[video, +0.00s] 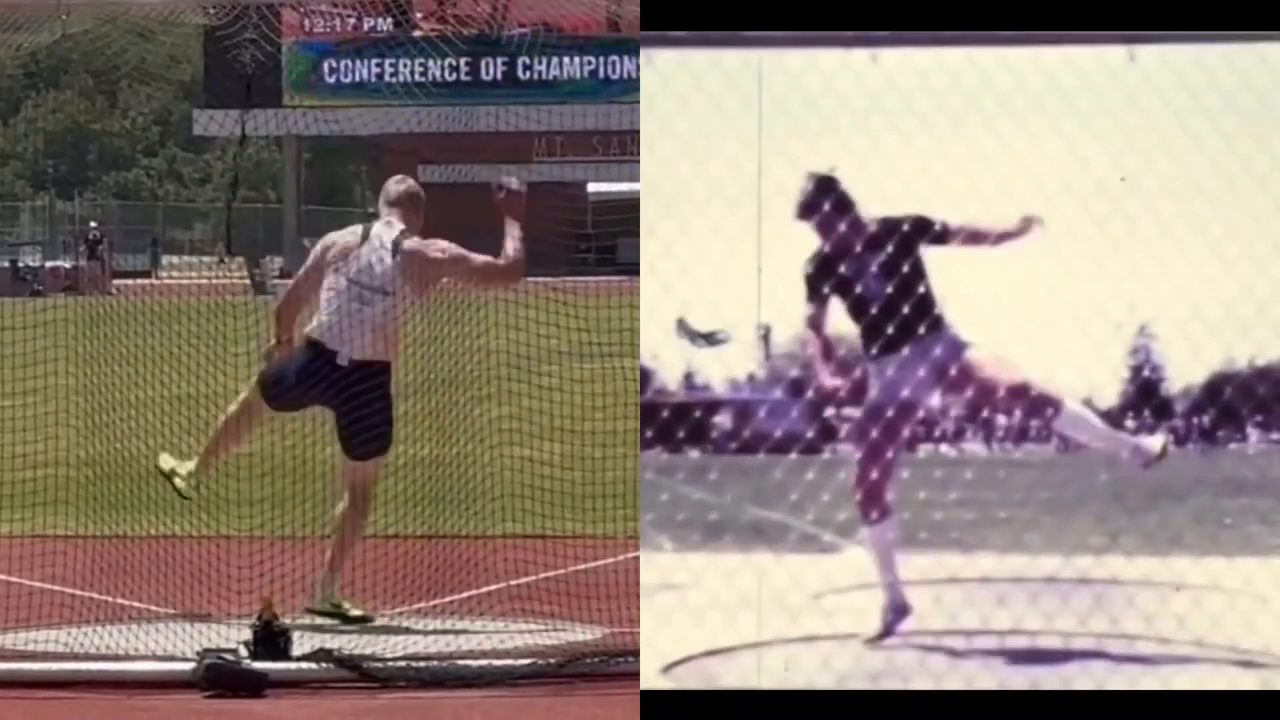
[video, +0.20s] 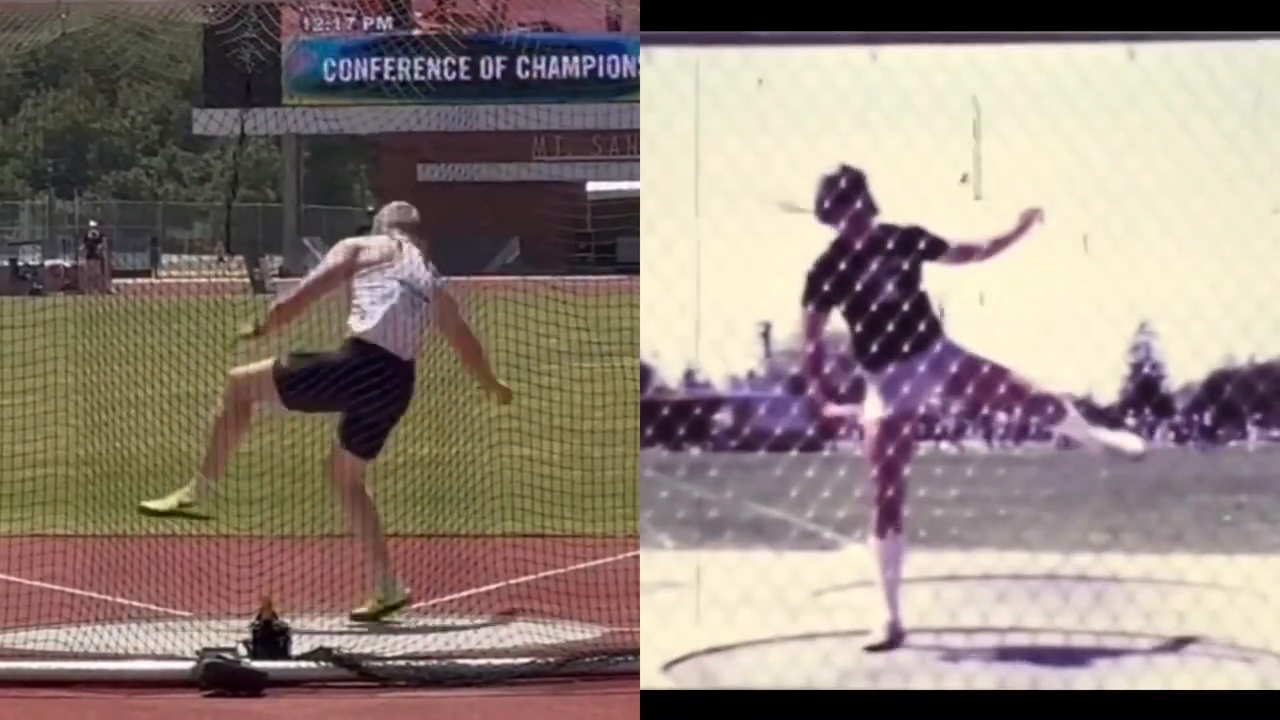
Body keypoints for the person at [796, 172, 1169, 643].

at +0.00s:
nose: (824, 233)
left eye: (828, 221)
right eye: (817, 227)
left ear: (846, 210)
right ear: (815, 227)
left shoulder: (898, 232)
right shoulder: (822, 267)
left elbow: (961, 236)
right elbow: (816, 326)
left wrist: (1011, 233)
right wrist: (826, 374)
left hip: (941, 353)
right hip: (890, 375)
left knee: (1023, 394)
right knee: (869, 481)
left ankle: (1129, 449)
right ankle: (893, 598)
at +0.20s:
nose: (853, 222)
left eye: (856, 210)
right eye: (842, 215)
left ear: (868, 204)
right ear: (831, 219)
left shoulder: (902, 241)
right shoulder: (827, 273)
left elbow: (967, 254)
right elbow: (812, 342)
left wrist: (1018, 230)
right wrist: (821, 400)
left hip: (940, 359)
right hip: (887, 384)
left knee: (1031, 400)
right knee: (886, 496)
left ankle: (1097, 437)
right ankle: (892, 618)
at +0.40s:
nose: (827, 191)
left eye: (828, 179)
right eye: (823, 181)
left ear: (843, 176)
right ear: (854, 176)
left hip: (919, 387)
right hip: (884, 389)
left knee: (936, 528)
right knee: (847, 518)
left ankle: (1040, 650)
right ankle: (845, 668)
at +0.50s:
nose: (818, 186)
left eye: (823, 175)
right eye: (815, 177)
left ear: (846, 171)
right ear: (841, 174)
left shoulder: (915, 211)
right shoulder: (829, 241)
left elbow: (997, 240)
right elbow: (753, 284)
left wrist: (1073, 256)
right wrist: (678, 285)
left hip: (930, 384)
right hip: (881, 387)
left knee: (939, 520)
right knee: (845, 513)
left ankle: (1037, 650)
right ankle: (847, 662)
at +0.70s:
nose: (814, 196)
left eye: (820, 184)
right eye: (813, 186)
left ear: (848, 181)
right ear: (844, 184)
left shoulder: (913, 224)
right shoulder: (841, 249)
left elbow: (993, 251)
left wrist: (1064, 268)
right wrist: (673, 300)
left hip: (936, 393)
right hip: (885, 396)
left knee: (949, 529)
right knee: (844, 521)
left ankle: (1028, 664)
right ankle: (848, 670)